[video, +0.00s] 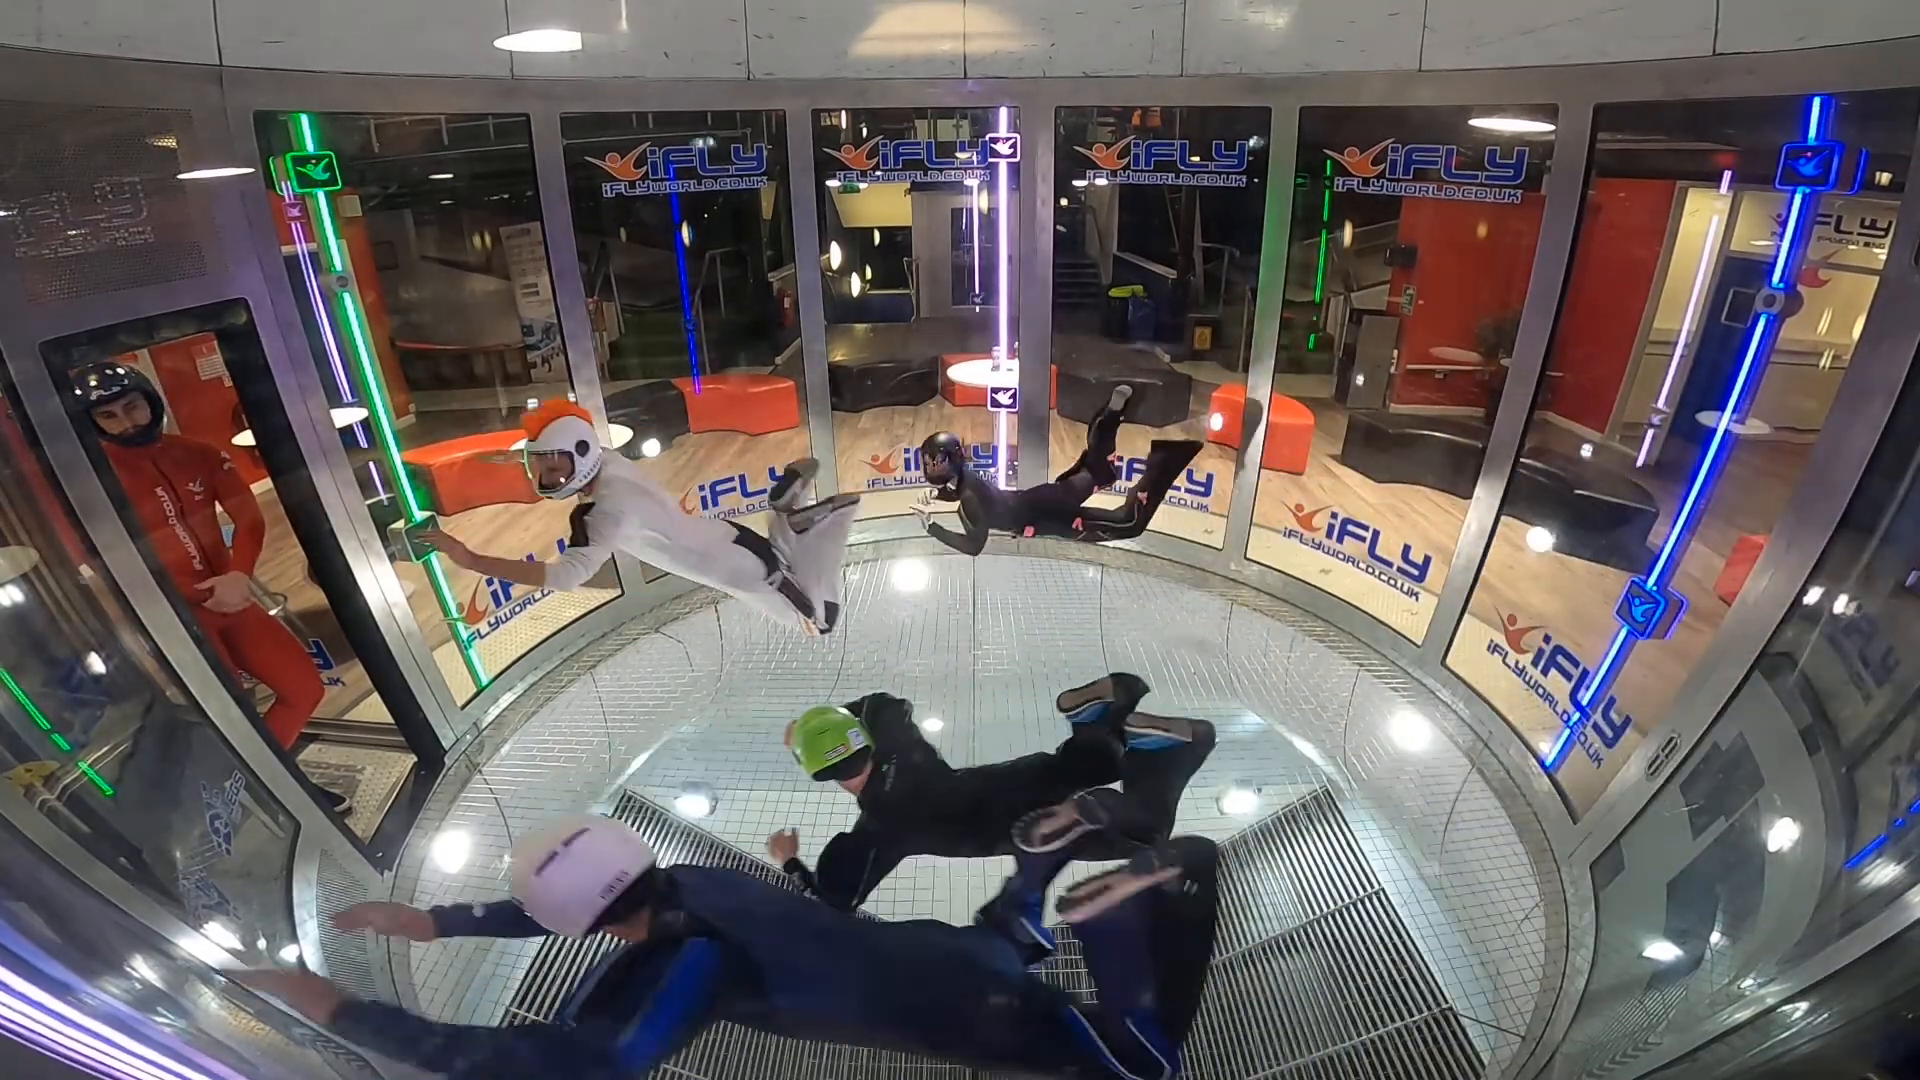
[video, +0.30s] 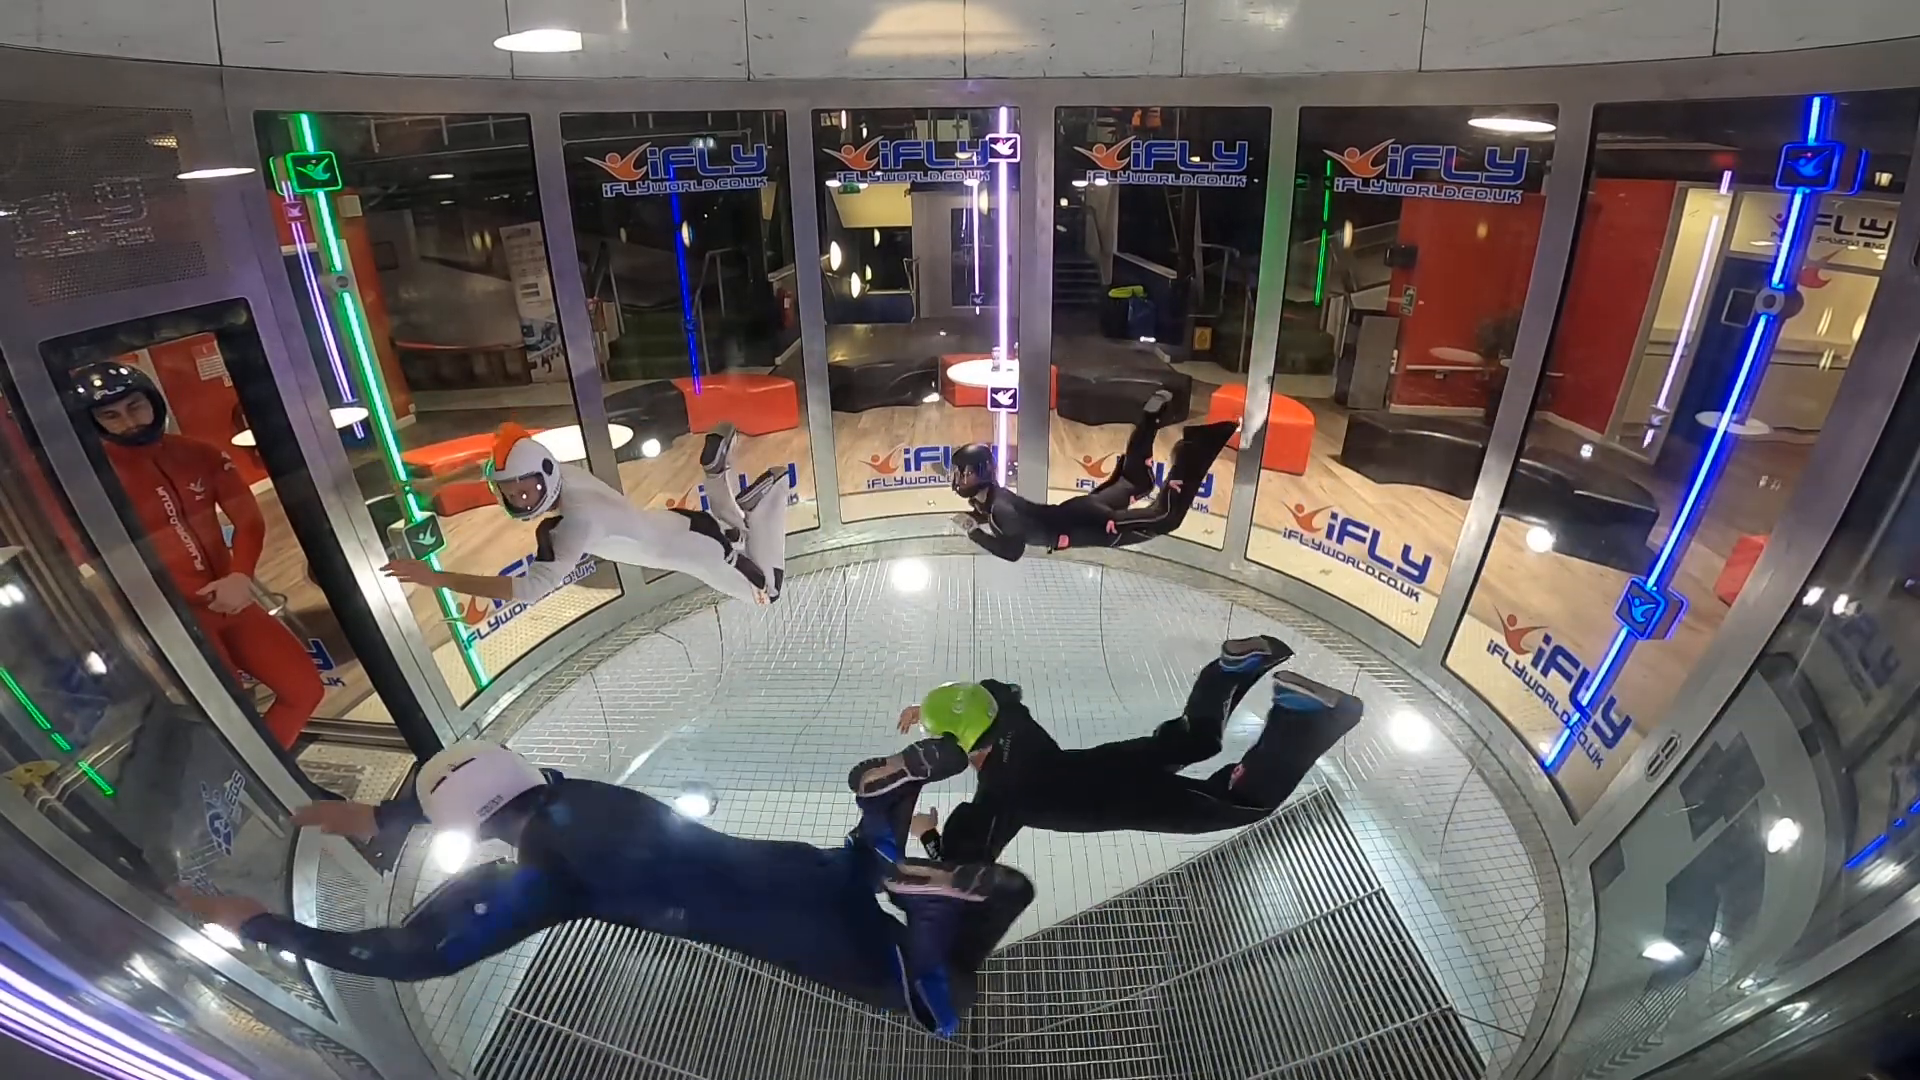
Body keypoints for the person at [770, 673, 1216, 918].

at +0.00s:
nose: (850, 779)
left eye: (847, 772)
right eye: (843, 771)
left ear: (841, 777)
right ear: (866, 741)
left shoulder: (885, 825)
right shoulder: (898, 747)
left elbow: (836, 894)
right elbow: (880, 706)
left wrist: (792, 864)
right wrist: (826, 720)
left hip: (1039, 825)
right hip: (1038, 774)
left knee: (1148, 826)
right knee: (1094, 763)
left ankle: (1160, 751)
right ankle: (1104, 718)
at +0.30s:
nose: (947, 749)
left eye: (949, 743)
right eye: (944, 740)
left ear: (969, 745)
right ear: (982, 714)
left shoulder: (1006, 789)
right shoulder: (1007, 716)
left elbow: (964, 851)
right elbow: (986, 692)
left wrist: (933, 830)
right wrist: (930, 707)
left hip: (1135, 801)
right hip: (1120, 760)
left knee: (1244, 800)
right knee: (1196, 736)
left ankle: (1300, 719)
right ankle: (1237, 666)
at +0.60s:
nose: (1028, 726)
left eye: (1033, 722)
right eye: (1028, 718)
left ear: (1060, 725)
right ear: (1069, 701)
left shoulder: (1092, 775)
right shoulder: (1093, 704)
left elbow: (1055, 850)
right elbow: (1068, 677)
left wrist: (1020, 804)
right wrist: (1012, 695)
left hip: (1229, 775)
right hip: (1218, 731)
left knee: (1339, 773)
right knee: (1281, 694)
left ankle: (1357, 685)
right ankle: (1312, 622)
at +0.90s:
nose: (1101, 734)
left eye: (1109, 728)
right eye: (1098, 725)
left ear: (1135, 726)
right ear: (1137, 703)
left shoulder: (1168, 770)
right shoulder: (1159, 701)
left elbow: (1143, 860)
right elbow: (1134, 689)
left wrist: (1119, 808)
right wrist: (1092, 719)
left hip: (1293, 771)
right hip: (1274, 730)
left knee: (1409, 764)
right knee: (1341, 683)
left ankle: (1485, 669)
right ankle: (1393, 606)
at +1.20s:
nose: (1146, 764)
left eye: (1150, 757)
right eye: (1142, 755)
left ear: (1180, 761)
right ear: (1191, 743)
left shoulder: (1223, 810)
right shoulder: (1207, 743)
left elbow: (1204, 901)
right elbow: (1164, 743)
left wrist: (1170, 845)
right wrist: (1122, 767)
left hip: (1362, 789)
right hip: (1344, 744)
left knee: (1486, 775)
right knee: (1396, 697)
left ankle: (1529, 666)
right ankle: (1445, 615)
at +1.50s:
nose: (1135, 833)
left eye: (1146, 828)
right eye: (1138, 817)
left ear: (1174, 831)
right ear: (1192, 797)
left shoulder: (1225, 883)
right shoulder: (1206, 803)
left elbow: (1196, 975)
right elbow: (1151, 795)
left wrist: (1157, 919)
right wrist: (1107, 822)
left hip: (1391, 858)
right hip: (1357, 810)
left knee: (1521, 840)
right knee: (1429, 759)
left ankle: (1614, 743)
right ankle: (1497, 665)